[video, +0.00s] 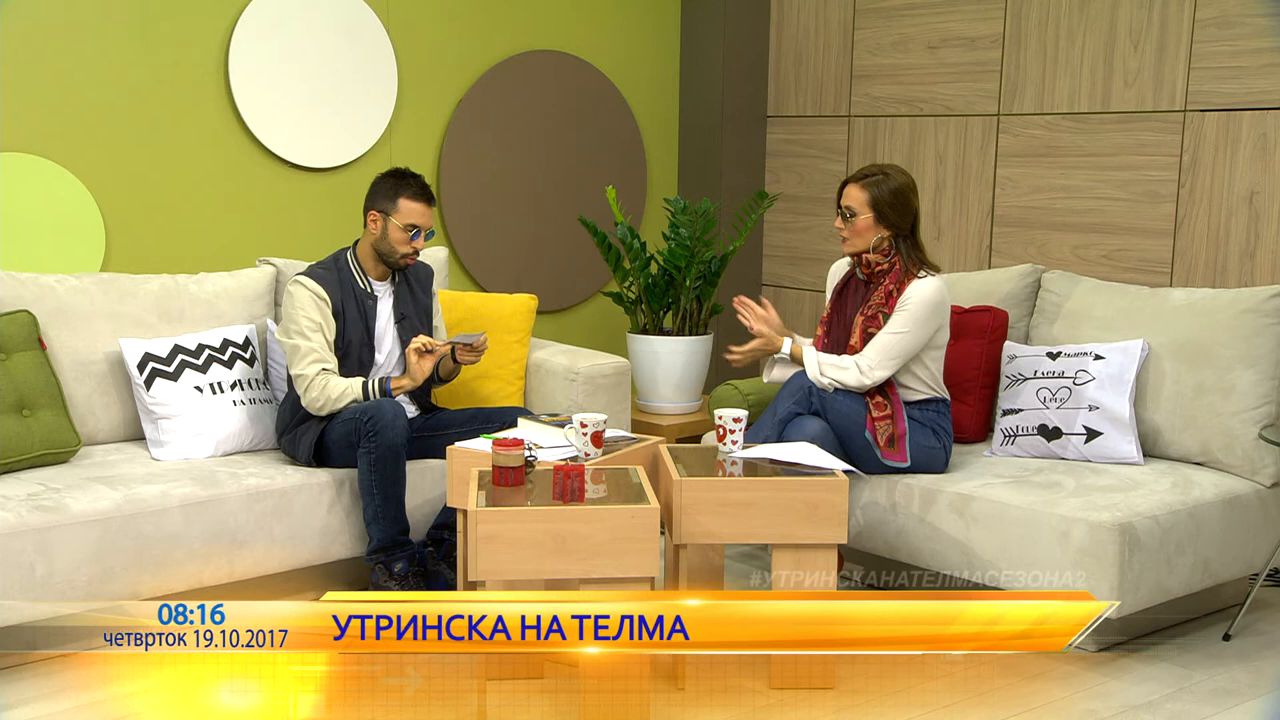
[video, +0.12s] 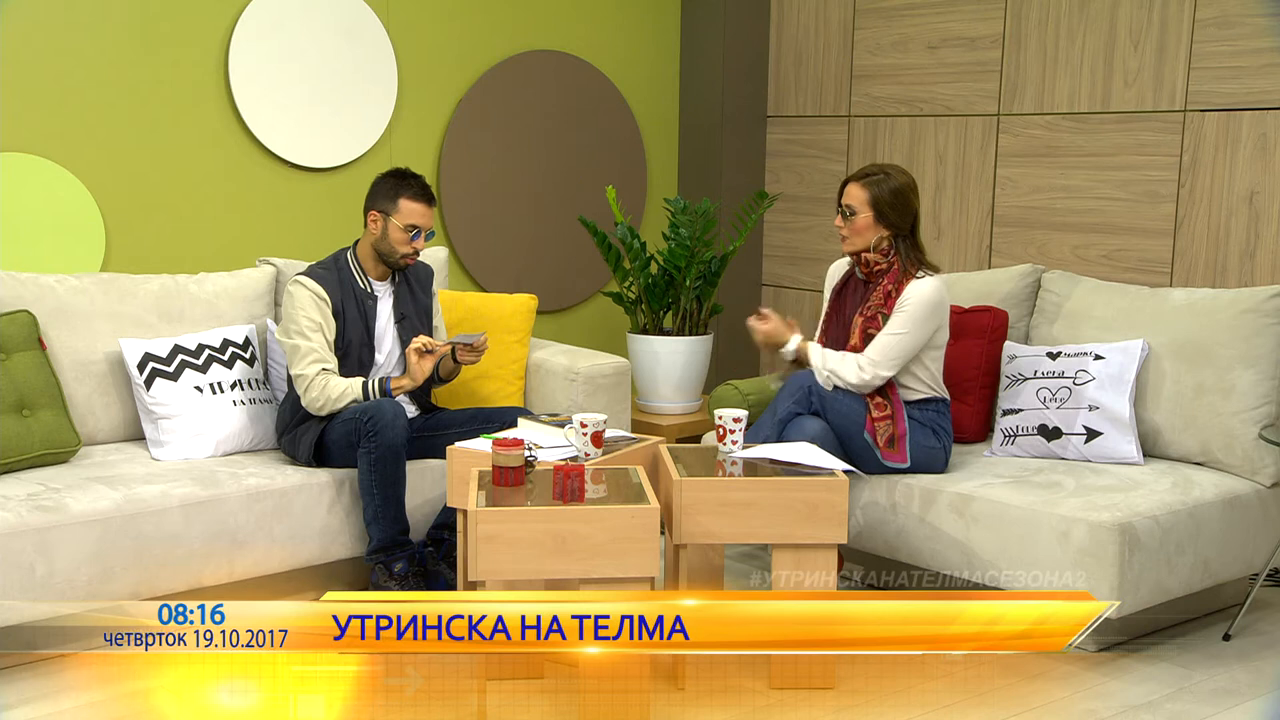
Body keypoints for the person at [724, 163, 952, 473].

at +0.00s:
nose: (838, 224)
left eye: (849, 215)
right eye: (840, 213)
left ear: (887, 224)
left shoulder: (926, 291)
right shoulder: (841, 273)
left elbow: (862, 373)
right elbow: (833, 357)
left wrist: (783, 347)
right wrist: (784, 338)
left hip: (920, 435)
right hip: (860, 425)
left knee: (807, 386)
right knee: (808, 431)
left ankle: (732, 468)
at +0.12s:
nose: (838, 222)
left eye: (849, 214)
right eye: (840, 211)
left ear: (886, 226)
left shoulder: (925, 290)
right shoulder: (839, 273)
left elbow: (865, 374)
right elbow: (823, 361)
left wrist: (793, 343)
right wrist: (786, 342)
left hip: (921, 434)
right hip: (858, 424)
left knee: (807, 385)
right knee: (807, 431)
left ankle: (735, 467)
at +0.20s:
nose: (836, 221)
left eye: (848, 213)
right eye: (839, 210)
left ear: (885, 225)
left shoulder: (924, 290)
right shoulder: (838, 273)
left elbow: (871, 377)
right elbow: (823, 373)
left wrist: (814, 328)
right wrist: (796, 338)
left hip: (921, 434)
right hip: (859, 426)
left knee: (807, 387)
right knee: (806, 430)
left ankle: (734, 471)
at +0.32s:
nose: (837, 219)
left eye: (848, 210)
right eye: (839, 209)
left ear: (885, 222)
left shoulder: (925, 286)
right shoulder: (839, 271)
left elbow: (877, 374)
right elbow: (810, 349)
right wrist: (778, 326)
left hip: (921, 433)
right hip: (860, 424)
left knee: (807, 385)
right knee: (806, 431)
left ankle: (734, 467)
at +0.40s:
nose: (839, 217)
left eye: (851, 208)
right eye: (842, 207)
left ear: (888, 218)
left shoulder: (926, 285)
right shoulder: (843, 271)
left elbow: (893, 376)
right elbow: (800, 339)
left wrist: (876, 304)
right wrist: (760, 335)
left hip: (919, 433)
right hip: (858, 424)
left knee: (805, 385)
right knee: (805, 431)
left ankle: (733, 469)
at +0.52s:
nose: (845, 218)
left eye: (856, 208)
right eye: (848, 207)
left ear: (894, 217)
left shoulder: (931, 286)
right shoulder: (844, 273)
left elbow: (925, 386)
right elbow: (777, 316)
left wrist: (890, 331)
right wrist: (720, 342)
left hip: (918, 436)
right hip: (856, 426)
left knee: (805, 383)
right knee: (806, 430)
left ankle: (736, 466)